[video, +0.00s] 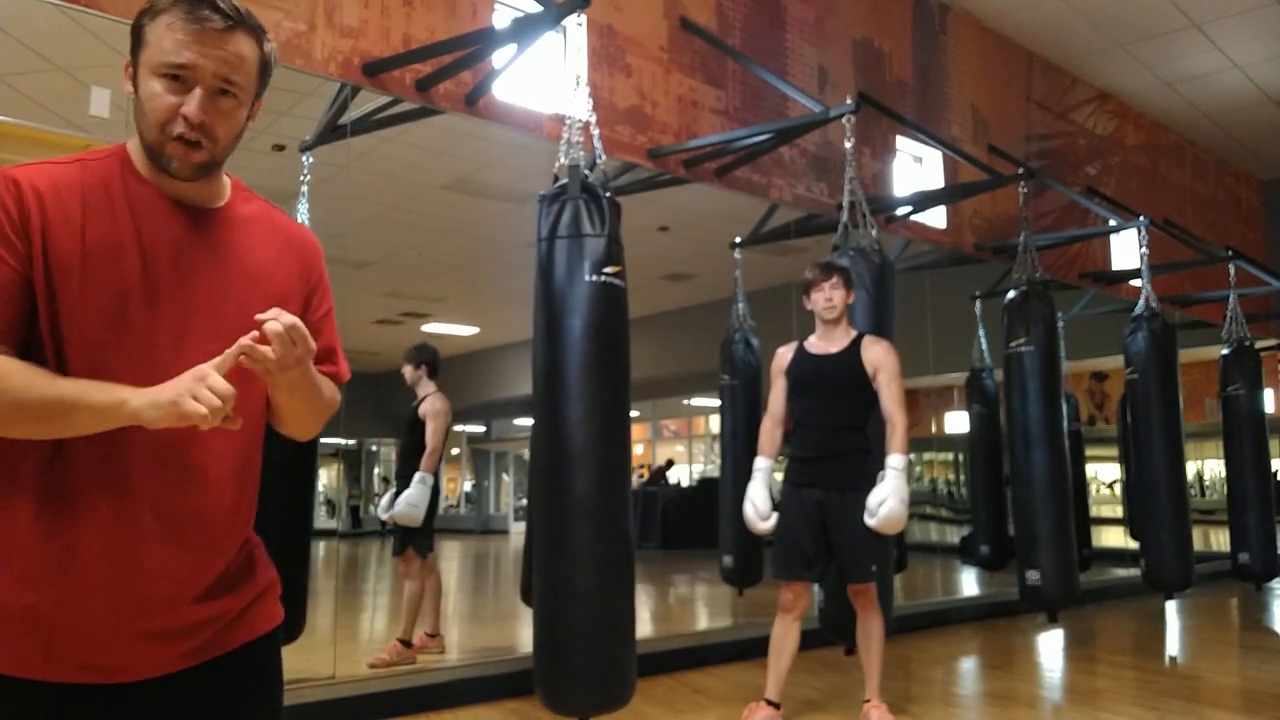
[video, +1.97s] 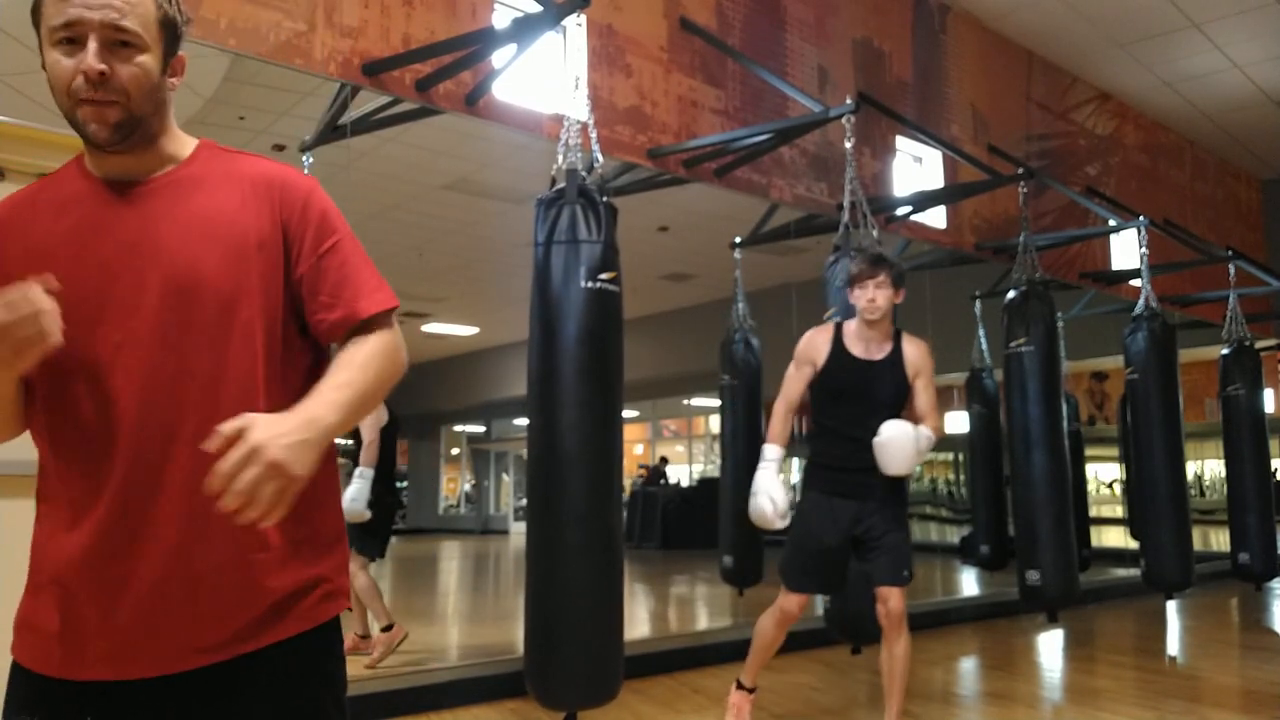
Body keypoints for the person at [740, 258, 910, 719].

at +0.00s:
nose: (827, 296)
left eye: (835, 289)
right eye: (819, 290)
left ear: (849, 296)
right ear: (808, 299)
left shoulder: (876, 351)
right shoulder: (787, 356)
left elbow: (895, 418)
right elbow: (773, 421)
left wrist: (895, 475)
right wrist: (760, 477)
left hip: (858, 491)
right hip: (801, 491)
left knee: (864, 596)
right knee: (789, 598)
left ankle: (873, 700)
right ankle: (771, 702)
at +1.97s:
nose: (868, 295)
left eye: (878, 286)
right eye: (859, 287)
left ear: (897, 294)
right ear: (850, 294)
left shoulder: (914, 352)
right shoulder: (818, 342)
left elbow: (930, 423)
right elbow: (784, 407)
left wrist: (917, 440)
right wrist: (768, 470)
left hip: (883, 498)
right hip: (824, 496)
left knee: (892, 608)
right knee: (790, 606)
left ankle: (893, 716)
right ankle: (744, 687)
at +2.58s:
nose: (879, 291)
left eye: (888, 282)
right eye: (870, 283)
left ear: (905, 289)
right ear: (857, 289)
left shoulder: (921, 348)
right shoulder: (826, 337)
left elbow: (935, 418)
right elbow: (789, 404)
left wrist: (923, 433)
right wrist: (773, 466)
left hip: (886, 495)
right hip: (828, 492)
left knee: (892, 609)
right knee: (793, 605)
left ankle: (893, 716)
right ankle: (752, 689)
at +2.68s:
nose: (873, 292)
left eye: (883, 282)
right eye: (864, 283)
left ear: (901, 289)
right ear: (854, 290)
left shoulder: (919, 348)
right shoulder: (823, 338)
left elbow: (933, 418)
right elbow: (786, 405)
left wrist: (921, 433)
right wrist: (771, 467)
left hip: (884, 496)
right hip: (825, 492)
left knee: (891, 609)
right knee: (792, 605)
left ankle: (893, 716)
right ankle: (752, 690)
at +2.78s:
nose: (864, 293)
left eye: (873, 284)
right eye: (855, 285)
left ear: (892, 290)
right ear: (845, 293)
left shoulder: (913, 346)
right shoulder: (817, 340)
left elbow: (933, 415)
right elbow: (783, 406)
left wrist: (918, 434)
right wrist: (767, 470)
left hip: (883, 496)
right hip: (823, 493)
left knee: (892, 609)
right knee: (791, 605)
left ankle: (893, 716)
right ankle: (754, 692)